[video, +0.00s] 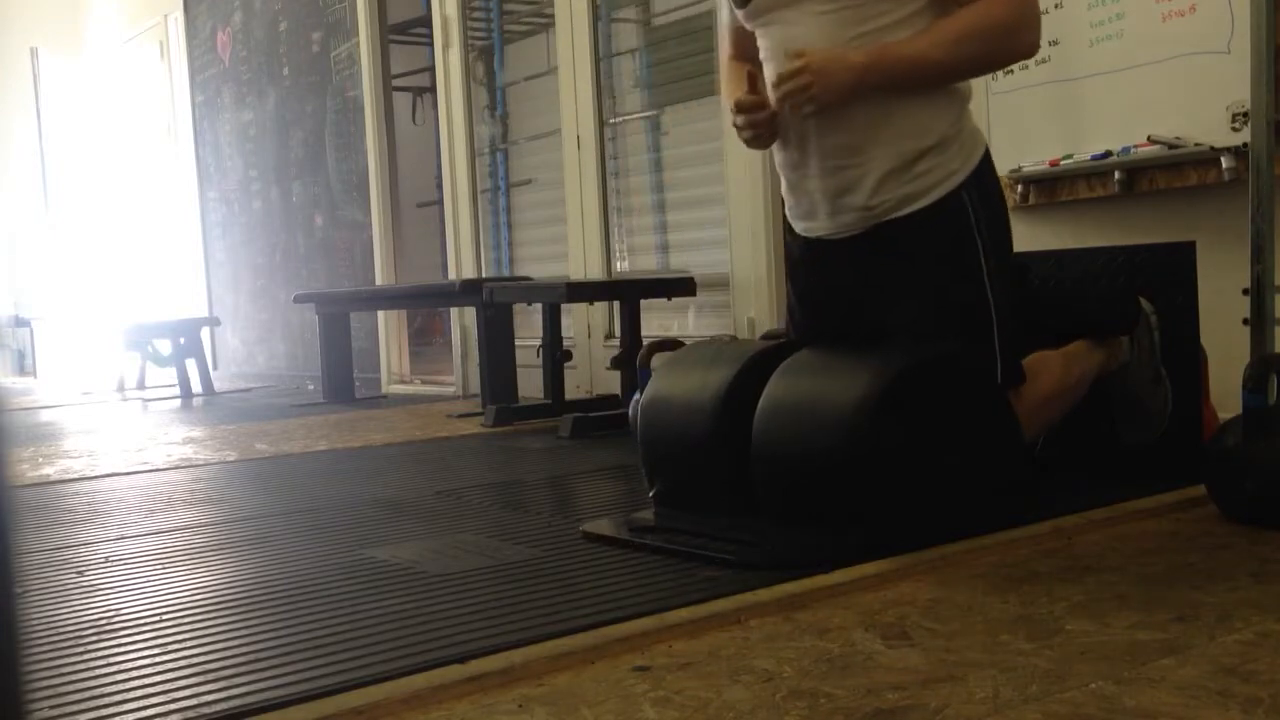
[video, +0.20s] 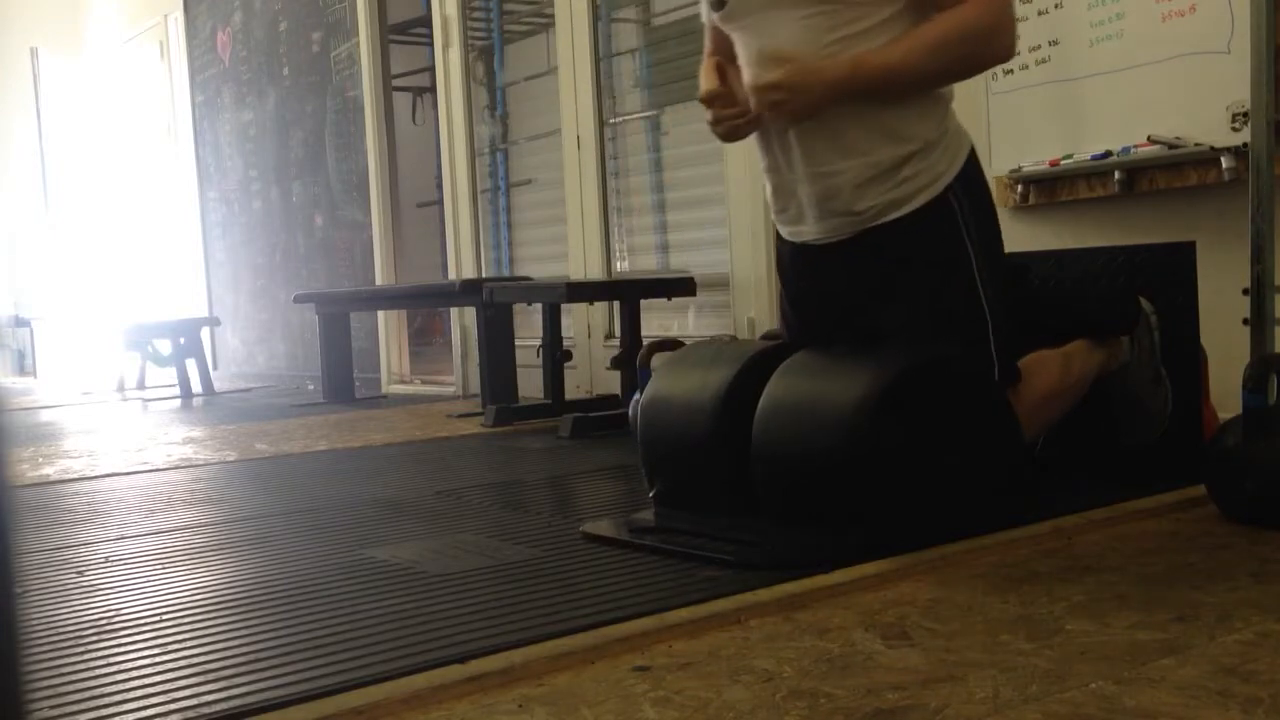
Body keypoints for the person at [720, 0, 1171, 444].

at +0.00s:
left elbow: (1015, 27)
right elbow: (739, 56)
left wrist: (859, 68)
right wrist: (746, 108)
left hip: (935, 204)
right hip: (816, 224)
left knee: (973, 435)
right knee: (845, 442)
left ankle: (1107, 349)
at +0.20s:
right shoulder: (723, 4)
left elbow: (991, 30)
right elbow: (720, 54)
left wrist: (833, 78)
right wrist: (723, 99)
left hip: (922, 206)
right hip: (806, 229)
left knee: (969, 444)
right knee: (848, 456)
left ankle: (1102, 348)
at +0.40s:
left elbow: (945, 33)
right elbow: (670, 55)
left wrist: (786, 106)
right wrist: (677, 119)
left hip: (899, 217)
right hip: (786, 248)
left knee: (968, 437)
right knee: (847, 456)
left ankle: (1105, 347)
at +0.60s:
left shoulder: (745, 3)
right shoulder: (565, 11)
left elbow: (879, 58)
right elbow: (609, 108)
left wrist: (729, 158)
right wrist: (618, 163)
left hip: (867, 234)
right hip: (762, 274)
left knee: (960, 424)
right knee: (848, 455)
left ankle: (1102, 348)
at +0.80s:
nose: (387, 27)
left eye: (395, 7)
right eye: (381, 17)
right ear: (411, 18)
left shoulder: (614, 41)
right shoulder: (459, 90)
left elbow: (802, 143)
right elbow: (570, 172)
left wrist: (675, 263)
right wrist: (564, 233)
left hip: (827, 263)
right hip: (749, 298)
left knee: (961, 409)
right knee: (916, 377)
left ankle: (1094, 346)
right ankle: (1063, 347)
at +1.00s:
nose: (286, 212)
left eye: (286, 183)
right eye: (269, 195)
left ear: (346, 146)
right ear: (307, 177)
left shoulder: (508, 198)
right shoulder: (407, 236)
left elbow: (747, 266)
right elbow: (552, 293)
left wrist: (642, 385)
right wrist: (569, 368)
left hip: (799, 270)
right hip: (714, 311)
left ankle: (1072, 345)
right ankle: (990, 351)